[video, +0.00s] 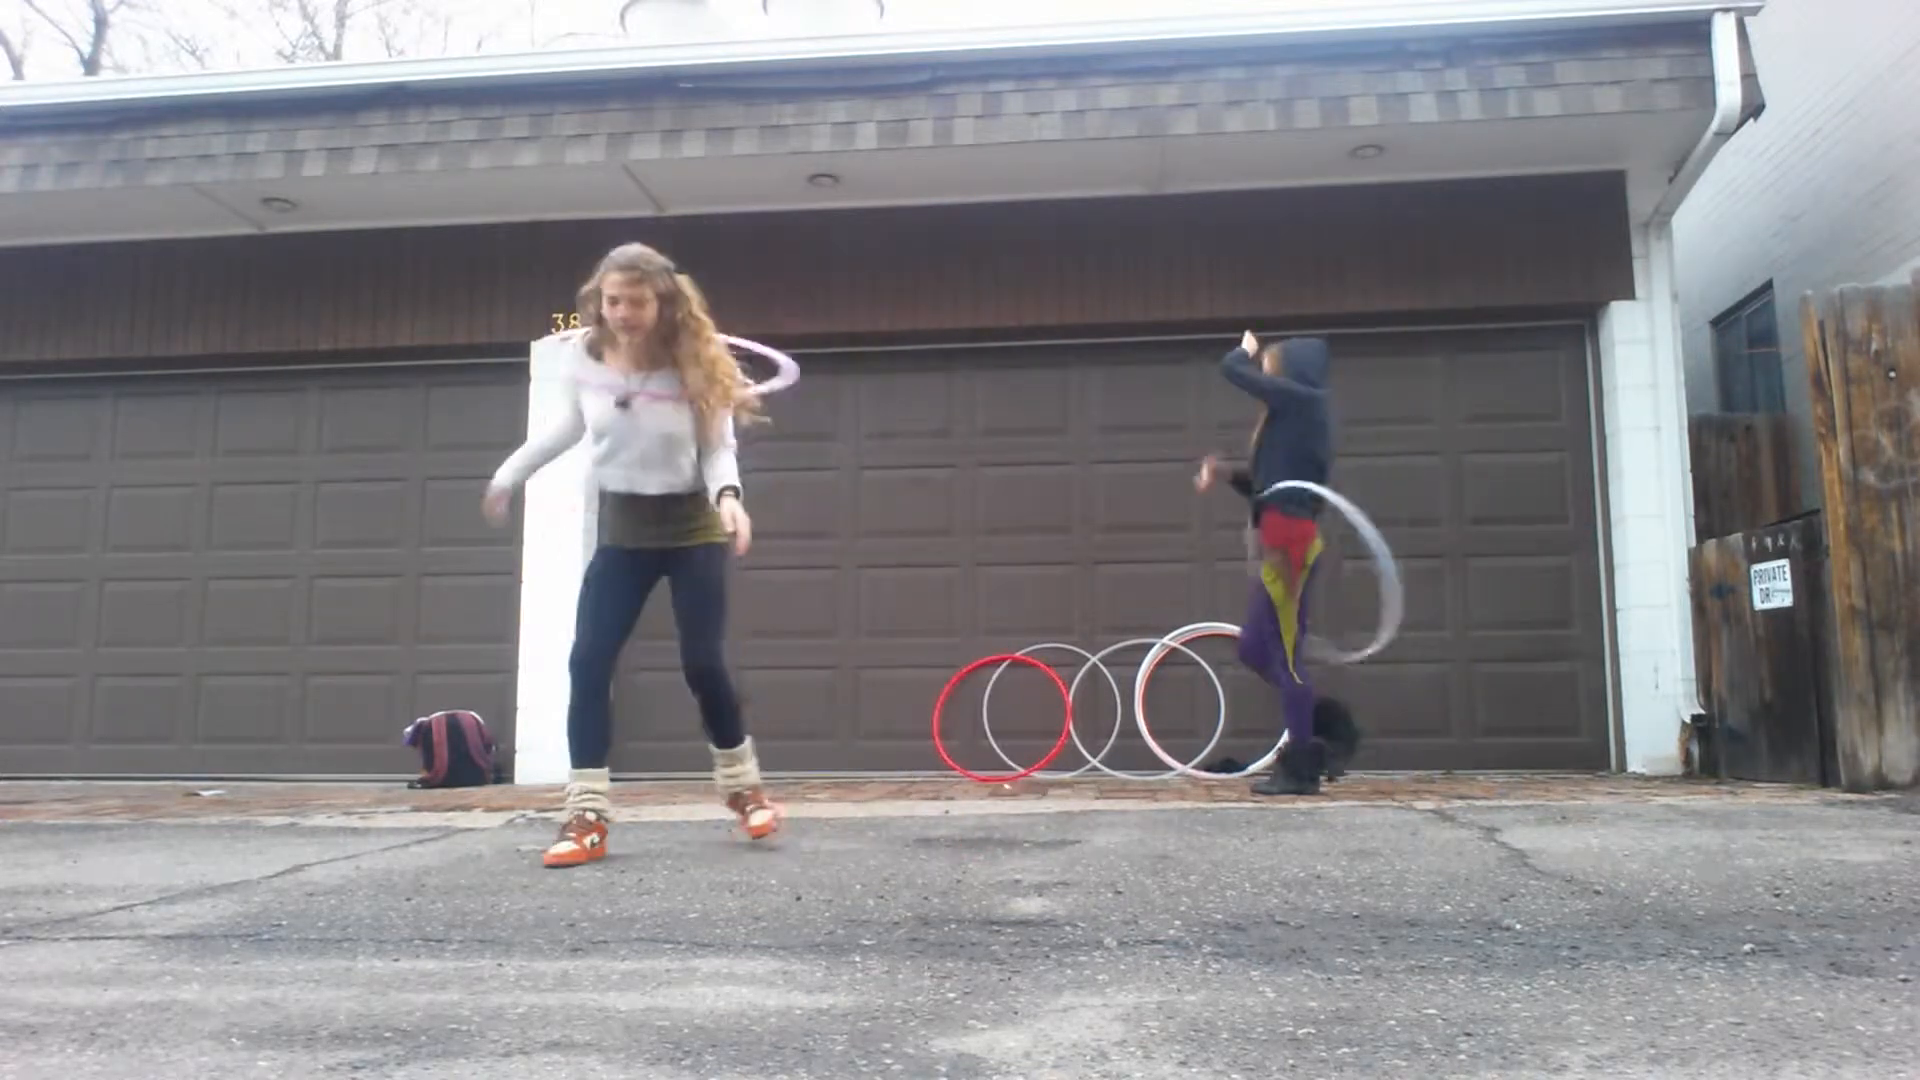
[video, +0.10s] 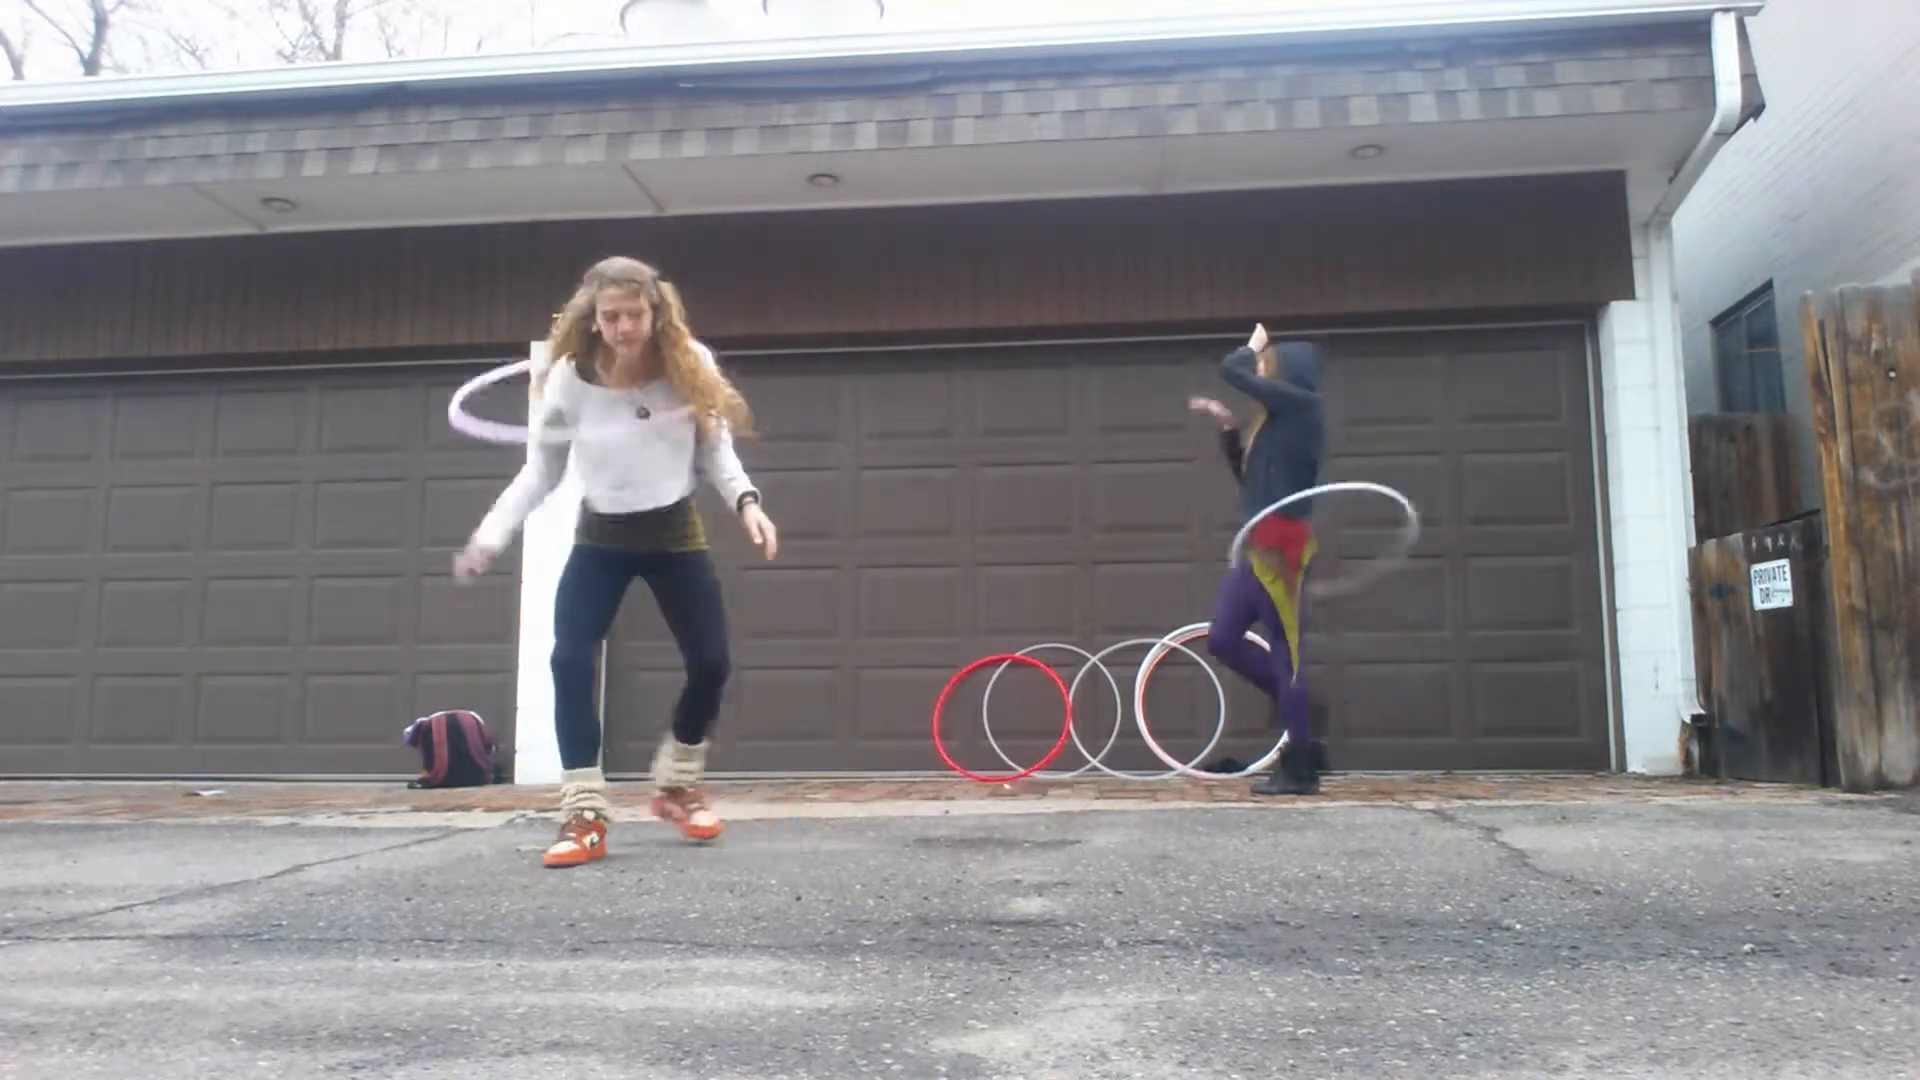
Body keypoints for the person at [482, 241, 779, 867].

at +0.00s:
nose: (621, 313)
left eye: (634, 301)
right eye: (611, 301)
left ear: (663, 302)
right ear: (600, 304)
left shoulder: (699, 362)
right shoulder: (587, 363)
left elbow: (718, 443)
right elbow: (568, 428)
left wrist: (728, 495)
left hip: (695, 531)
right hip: (623, 535)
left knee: (703, 663)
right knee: (588, 662)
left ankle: (744, 790)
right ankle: (587, 813)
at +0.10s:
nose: (623, 328)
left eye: (633, 315)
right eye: (611, 316)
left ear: (655, 314)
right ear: (595, 320)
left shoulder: (687, 367)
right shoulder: (569, 378)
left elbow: (716, 452)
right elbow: (540, 470)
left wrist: (747, 502)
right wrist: (489, 535)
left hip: (676, 537)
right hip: (600, 540)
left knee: (712, 663)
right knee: (570, 658)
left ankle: (677, 785)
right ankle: (585, 813)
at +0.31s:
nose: (661, 333)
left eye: (667, 320)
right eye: (648, 325)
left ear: (676, 318)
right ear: (621, 331)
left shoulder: (674, 371)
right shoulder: (605, 385)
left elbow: (710, 434)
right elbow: (632, 489)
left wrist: (766, 472)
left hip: (631, 530)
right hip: (601, 531)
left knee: (627, 678)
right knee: (631, 676)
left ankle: (553, 809)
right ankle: (587, 812)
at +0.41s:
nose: (697, 324)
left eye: (696, 312)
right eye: (688, 313)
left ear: (648, 320)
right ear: (658, 319)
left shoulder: (621, 369)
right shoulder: (643, 383)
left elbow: (674, 430)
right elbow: (676, 479)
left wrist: (746, 452)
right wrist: (760, 501)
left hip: (594, 534)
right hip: (626, 539)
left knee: (615, 682)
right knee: (687, 675)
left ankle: (552, 811)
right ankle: (624, 809)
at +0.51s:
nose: (707, 314)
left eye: (706, 302)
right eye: (702, 302)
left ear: (642, 301)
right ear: (681, 305)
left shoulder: (605, 358)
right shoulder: (678, 367)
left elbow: (620, 441)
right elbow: (702, 466)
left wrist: (699, 429)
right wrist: (766, 463)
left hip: (597, 533)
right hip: (655, 538)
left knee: (599, 681)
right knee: (695, 667)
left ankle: (550, 813)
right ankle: (695, 806)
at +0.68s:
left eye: (647, 283)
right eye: (724, 287)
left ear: (654, 294)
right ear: (717, 295)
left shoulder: (627, 363)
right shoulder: (744, 349)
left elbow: (621, 452)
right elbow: (770, 443)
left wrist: (672, 457)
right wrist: (766, 480)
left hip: (651, 508)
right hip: (722, 510)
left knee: (626, 666)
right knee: (710, 673)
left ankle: (578, 810)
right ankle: (765, 806)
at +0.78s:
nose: (651, 288)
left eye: (658, 279)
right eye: (658, 277)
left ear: (669, 291)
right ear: (726, 293)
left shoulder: (654, 359)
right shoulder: (759, 350)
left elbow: (627, 451)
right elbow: (773, 437)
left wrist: (583, 467)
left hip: (698, 524)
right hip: (758, 520)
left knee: (654, 660)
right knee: (729, 668)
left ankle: (672, 804)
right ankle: (764, 806)